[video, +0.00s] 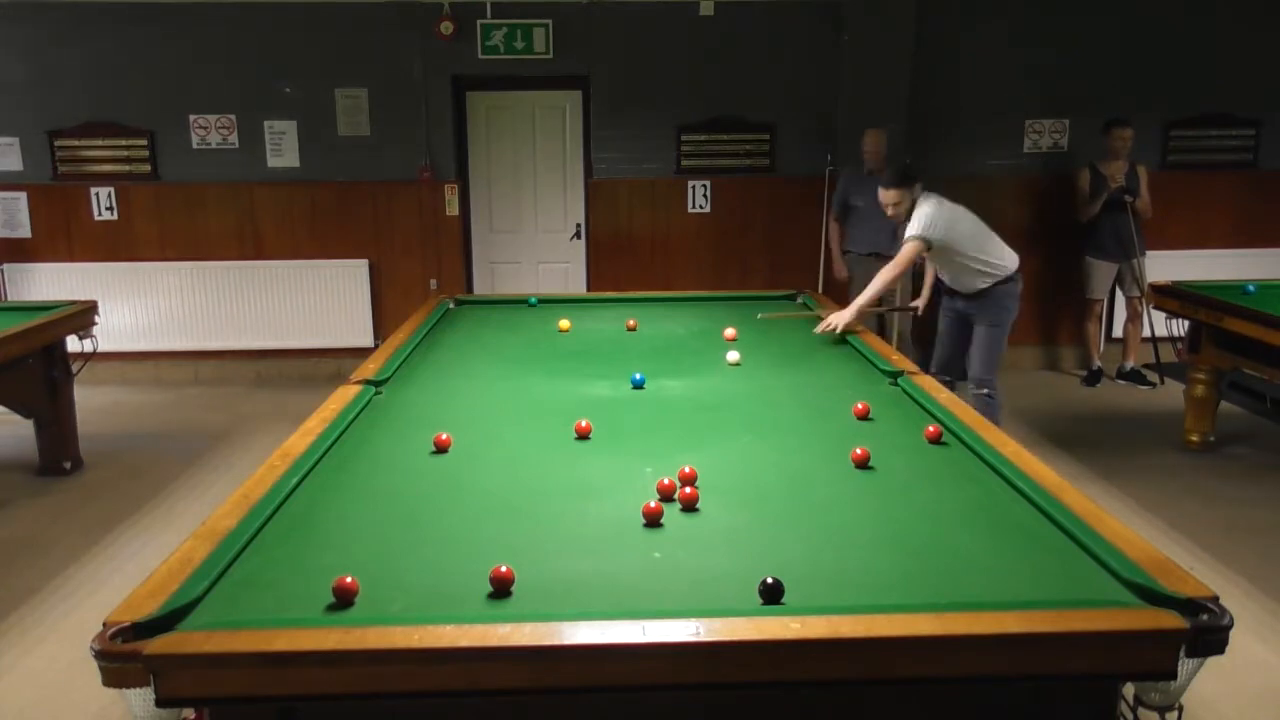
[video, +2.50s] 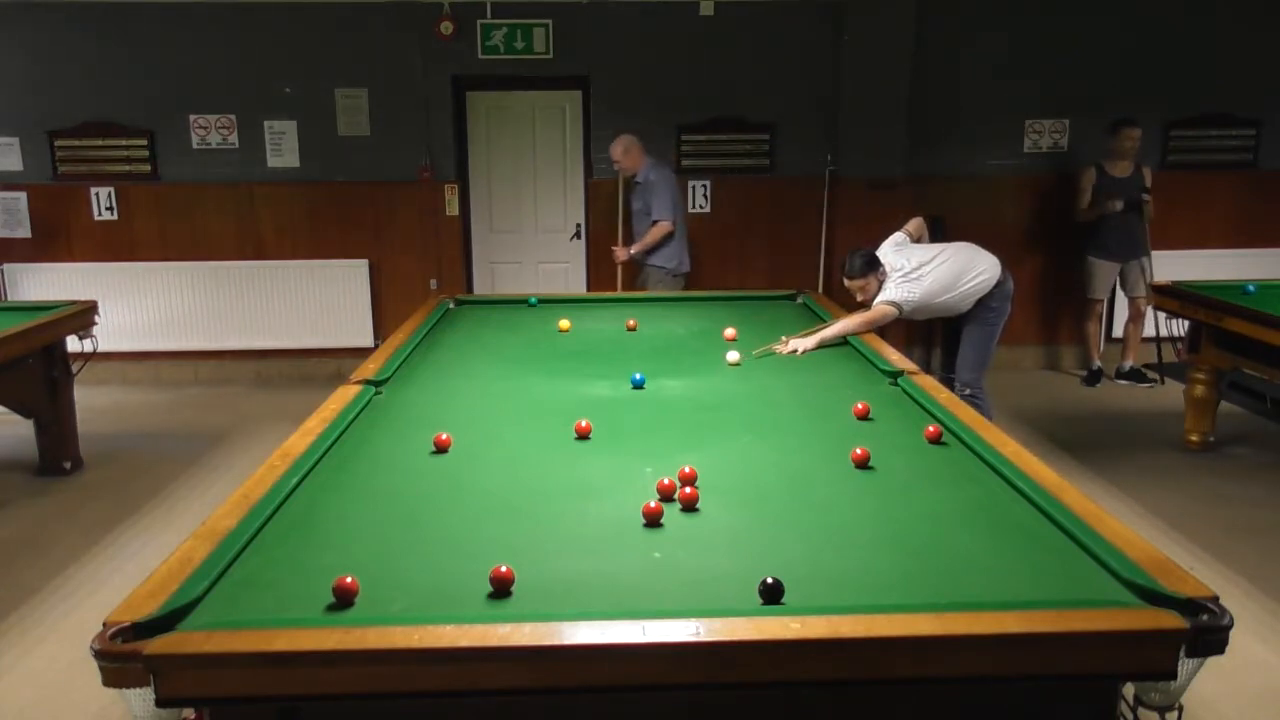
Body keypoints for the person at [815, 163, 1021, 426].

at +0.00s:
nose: (890, 212)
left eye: (896, 205)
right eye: (884, 206)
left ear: (914, 194)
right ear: (879, 199)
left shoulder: (928, 212)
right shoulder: (917, 210)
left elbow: (897, 268)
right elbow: (932, 252)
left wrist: (851, 310)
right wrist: (925, 294)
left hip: (995, 287)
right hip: (955, 288)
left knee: (980, 381)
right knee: (941, 372)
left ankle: (986, 458)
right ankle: (937, 446)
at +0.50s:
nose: (865, 283)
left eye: (869, 276)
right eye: (860, 277)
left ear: (885, 265)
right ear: (856, 266)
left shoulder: (903, 284)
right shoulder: (896, 244)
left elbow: (868, 317)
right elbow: (930, 227)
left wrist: (816, 338)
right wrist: (931, 262)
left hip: (998, 286)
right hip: (969, 280)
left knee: (972, 383)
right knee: (952, 372)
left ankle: (983, 451)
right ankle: (954, 441)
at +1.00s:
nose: (861, 297)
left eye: (866, 289)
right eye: (856, 290)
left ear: (882, 275)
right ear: (849, 280)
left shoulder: (897, 293)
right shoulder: (890, 248)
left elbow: (865, 320)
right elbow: (921, 221)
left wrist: (812, 339)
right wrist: (928, 257)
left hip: (993, 285)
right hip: (972, 268)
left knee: (968, 383)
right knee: (955, 374)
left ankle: (982, 450)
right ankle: (962, 444)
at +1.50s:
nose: (860, 297)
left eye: (864, 289)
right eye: (854, 291)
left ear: (881, 277)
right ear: (847, 280)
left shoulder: (897, 293)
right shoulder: (888, 249)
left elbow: (864, 321)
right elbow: (920, 221)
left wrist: (811, 340)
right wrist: (923, 257)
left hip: (993, 284)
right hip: (967, 271)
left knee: (968, 382)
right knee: (952, 373)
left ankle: (981, 449)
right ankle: (960, 442)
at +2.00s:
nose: (859, 298)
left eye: (863, 290)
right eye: (853, 292)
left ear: (880, 276)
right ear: (846, 281)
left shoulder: (897, 293)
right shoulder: (887, 249)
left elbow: (864, 321)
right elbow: (919, 222)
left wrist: (812, 340)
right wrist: (922, 257)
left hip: (992, 285)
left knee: (968, 382)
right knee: (952, 374)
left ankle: (982, 449)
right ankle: (960, 443)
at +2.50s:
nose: (859, 298)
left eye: (863, 289)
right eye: (853, 292)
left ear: (880, 275)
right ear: (846, 282)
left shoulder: (897, 293)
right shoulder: (887, 249)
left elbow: (867, 320)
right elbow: (918, 222)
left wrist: (812, 339)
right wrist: (923, 257)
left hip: (991, 285)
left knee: (968, 382)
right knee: (952, 374)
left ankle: (982, 449)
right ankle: (959, 442)